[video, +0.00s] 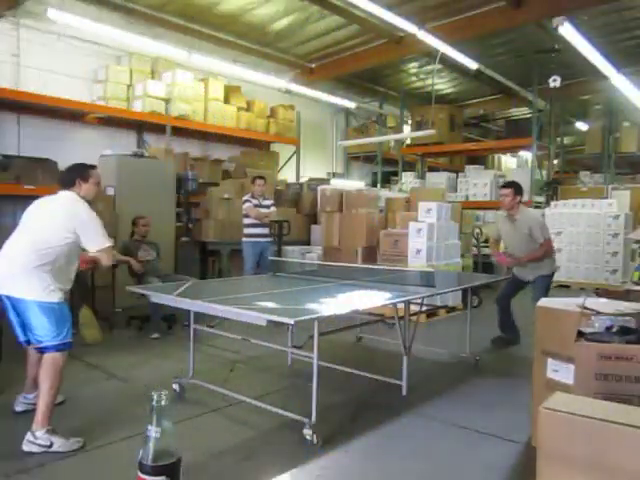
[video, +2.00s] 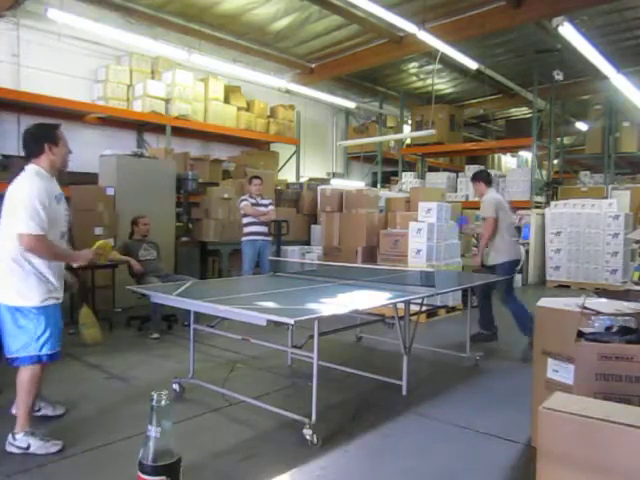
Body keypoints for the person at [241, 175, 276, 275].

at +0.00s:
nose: (260, 188)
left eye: (262, 185)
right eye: (258, 185)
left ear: (265, 187)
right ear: (253, 186)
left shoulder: (269, 201)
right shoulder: (247, 199)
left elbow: (272, 217)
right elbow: (253, 213)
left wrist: (257, 215)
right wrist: (268, 214)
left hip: (266, 240)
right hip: (250, 240)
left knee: (266, 269)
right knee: (250, 270)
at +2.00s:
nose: (258, 187)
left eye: (260, 185)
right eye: (255, 185)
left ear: (262, 186)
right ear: (249, 187)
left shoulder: (268, 201)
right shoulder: (244, 199)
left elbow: (272, 215)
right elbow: (248, 211)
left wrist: (258, 216)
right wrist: (265, 212)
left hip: (265, 238)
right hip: (249, 238)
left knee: (266, 269)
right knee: (248, 270)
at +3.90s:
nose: (252, 186)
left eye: (255, 184)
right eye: (250, 184)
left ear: (258, 186)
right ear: (245, 186)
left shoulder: (264, 200)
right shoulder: (240, 198)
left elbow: (269, 216)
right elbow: (245, 211)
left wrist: (254, 217)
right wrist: (262, 212)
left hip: (261, 237)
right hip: (245, 237)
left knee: (263, 269)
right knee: (246, 269)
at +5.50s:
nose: (264, 188)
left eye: (267, 185)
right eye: (262, 185)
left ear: (271, 186)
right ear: (258, 187)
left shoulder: (277, 201)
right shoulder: (253, 199)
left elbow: (281, 215)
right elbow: (257, 212)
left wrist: (269, 218)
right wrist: (274, 213)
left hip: (271, 239)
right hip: (255, 238)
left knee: (268, 268)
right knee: (251, 268)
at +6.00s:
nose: (255, 187)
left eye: (257, 185)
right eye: (252, 185)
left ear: (261, 187)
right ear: (248, 186)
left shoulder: (266, 202)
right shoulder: (243, 199)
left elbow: (270, 217)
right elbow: (248, 212)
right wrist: (264, 214)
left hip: (263, 239)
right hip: (247, 239)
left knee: (263, 269)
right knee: (248, 270)